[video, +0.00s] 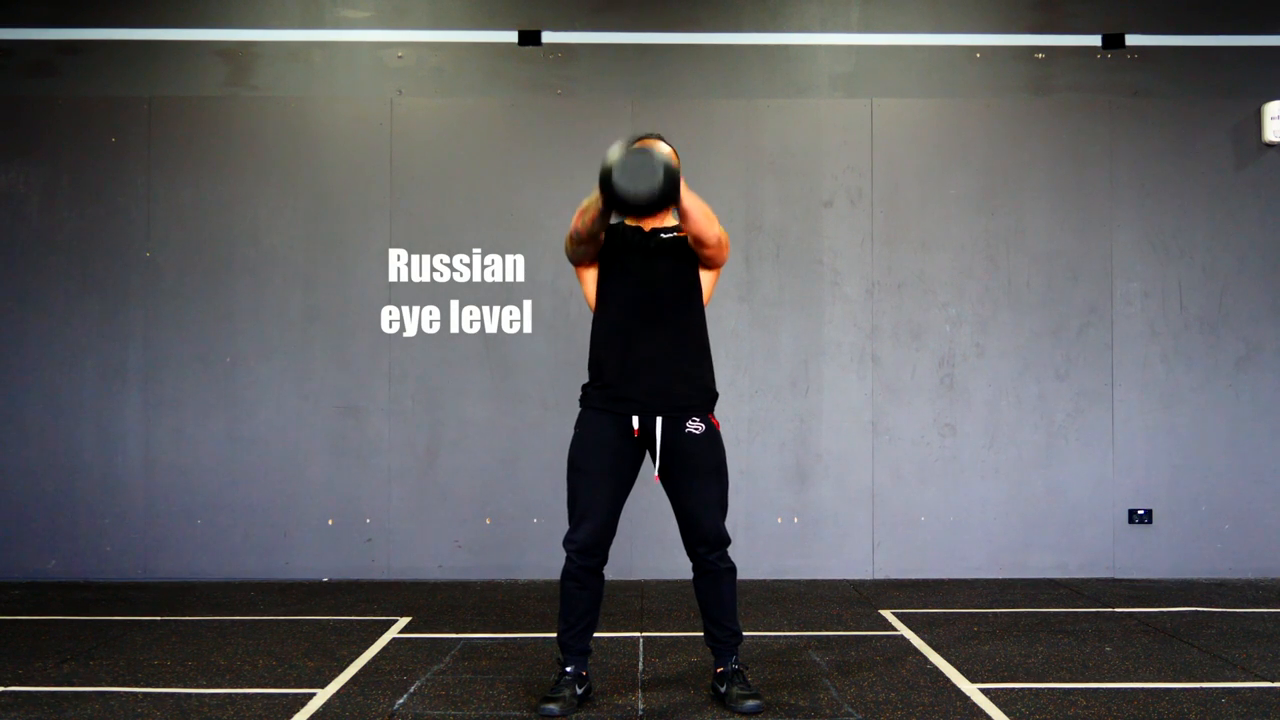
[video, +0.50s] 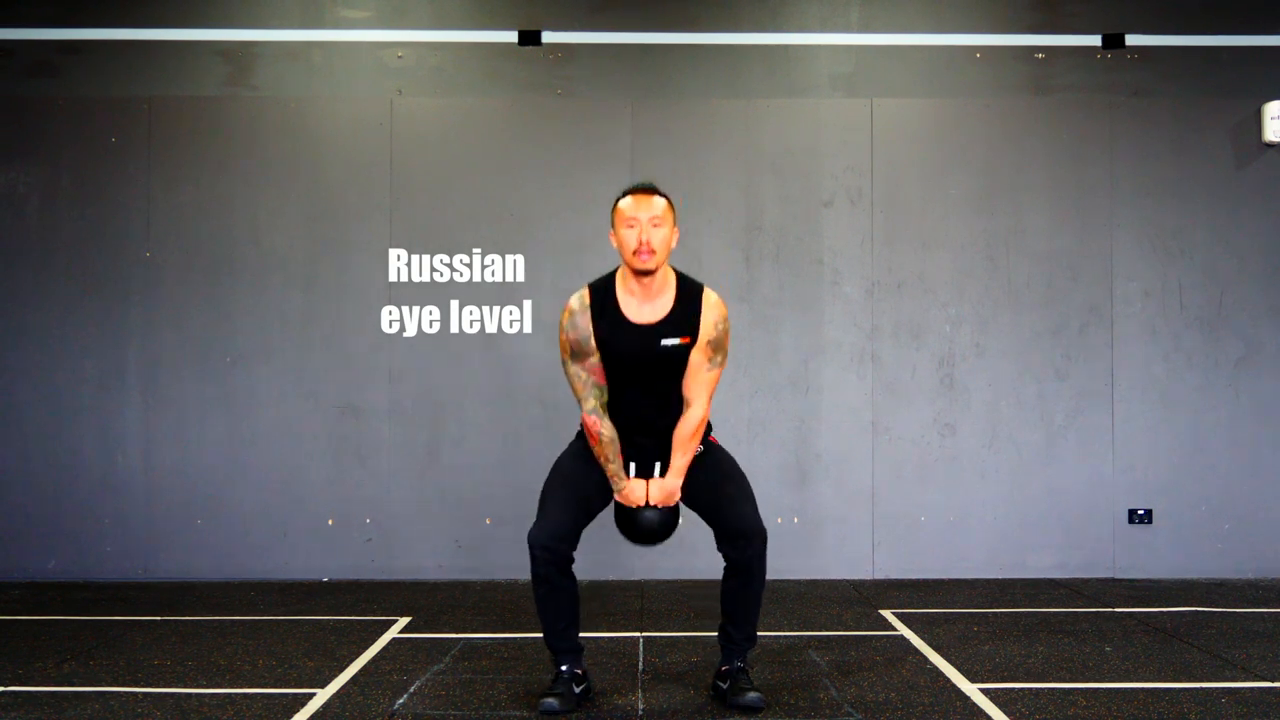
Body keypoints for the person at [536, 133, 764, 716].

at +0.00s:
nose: (650, 185)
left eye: (660, 171)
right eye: (639, 170)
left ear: (674, 185)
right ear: (620, 185)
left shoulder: (702, 247)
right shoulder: (594, 246)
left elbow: (711, 237)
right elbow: (581, 230)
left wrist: (673, 177)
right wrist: (610, 188)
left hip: (687, 413)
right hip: (609, 411)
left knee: (710, 545)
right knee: (584, 544)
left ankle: (729, 670)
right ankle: (572, 672)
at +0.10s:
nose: (647, 166)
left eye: (659, 159)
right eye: (636, 159)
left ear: (676, 179)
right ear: (620, 179)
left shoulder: (701, 240)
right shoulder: (596, 242)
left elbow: (707, 269)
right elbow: (581, 262)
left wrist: (668, 267)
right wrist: (607, 266)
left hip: (687, 415)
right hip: (608, 413)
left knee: (713, 543)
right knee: (581, 544)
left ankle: (729, 670)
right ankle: (571, 672)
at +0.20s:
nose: (646, 167)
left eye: (658, 159)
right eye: (635, 159)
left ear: (676, 179)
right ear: (619, 178)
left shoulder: (705, 249)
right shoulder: (588, 248)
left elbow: (699, 311)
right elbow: (590, 308)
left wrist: (669, 357)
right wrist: (619, 352)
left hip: (685, 413)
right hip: (608, 412)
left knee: (722, 544)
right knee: (572, 545)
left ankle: (730, 670)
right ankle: (571, 672)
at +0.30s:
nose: (646, 179)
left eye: (659, 170)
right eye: (634, 170)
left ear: (676, 187)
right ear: (617, 187)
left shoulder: (706, 267)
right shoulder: (583, 267)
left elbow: (696, 357)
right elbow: (594, 358)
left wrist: (672, 431)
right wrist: (617, 429)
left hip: (686, 420)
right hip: (604, 420)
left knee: (736, 544)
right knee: (558, 545)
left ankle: (732, 670)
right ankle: (569, 673)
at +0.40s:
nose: (645, 204)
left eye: (656, 194)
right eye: (633, 194)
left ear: (675, 207)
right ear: (616, 209)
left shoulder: (707, 288)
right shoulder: (583, 289)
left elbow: (696, 389)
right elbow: (593, 389)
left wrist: (672, 465)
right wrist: (617, 464)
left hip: (686, 440)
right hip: (604, 439)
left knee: (745, 537)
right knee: (548, 541)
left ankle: (733, 670)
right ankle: (569, 674)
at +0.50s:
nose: (643, 237)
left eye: (655, 224)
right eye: (630, 225)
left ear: (674, 234)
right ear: (614, 236)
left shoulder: (707, 310)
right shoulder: (582, 313)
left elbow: (696, 406)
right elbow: (593, 411)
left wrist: (675, 475)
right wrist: (618, 477)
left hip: (686, 445)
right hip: (605, 445)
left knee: (747, 534)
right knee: (548, 539)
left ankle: (734, 668)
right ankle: (569, 673)